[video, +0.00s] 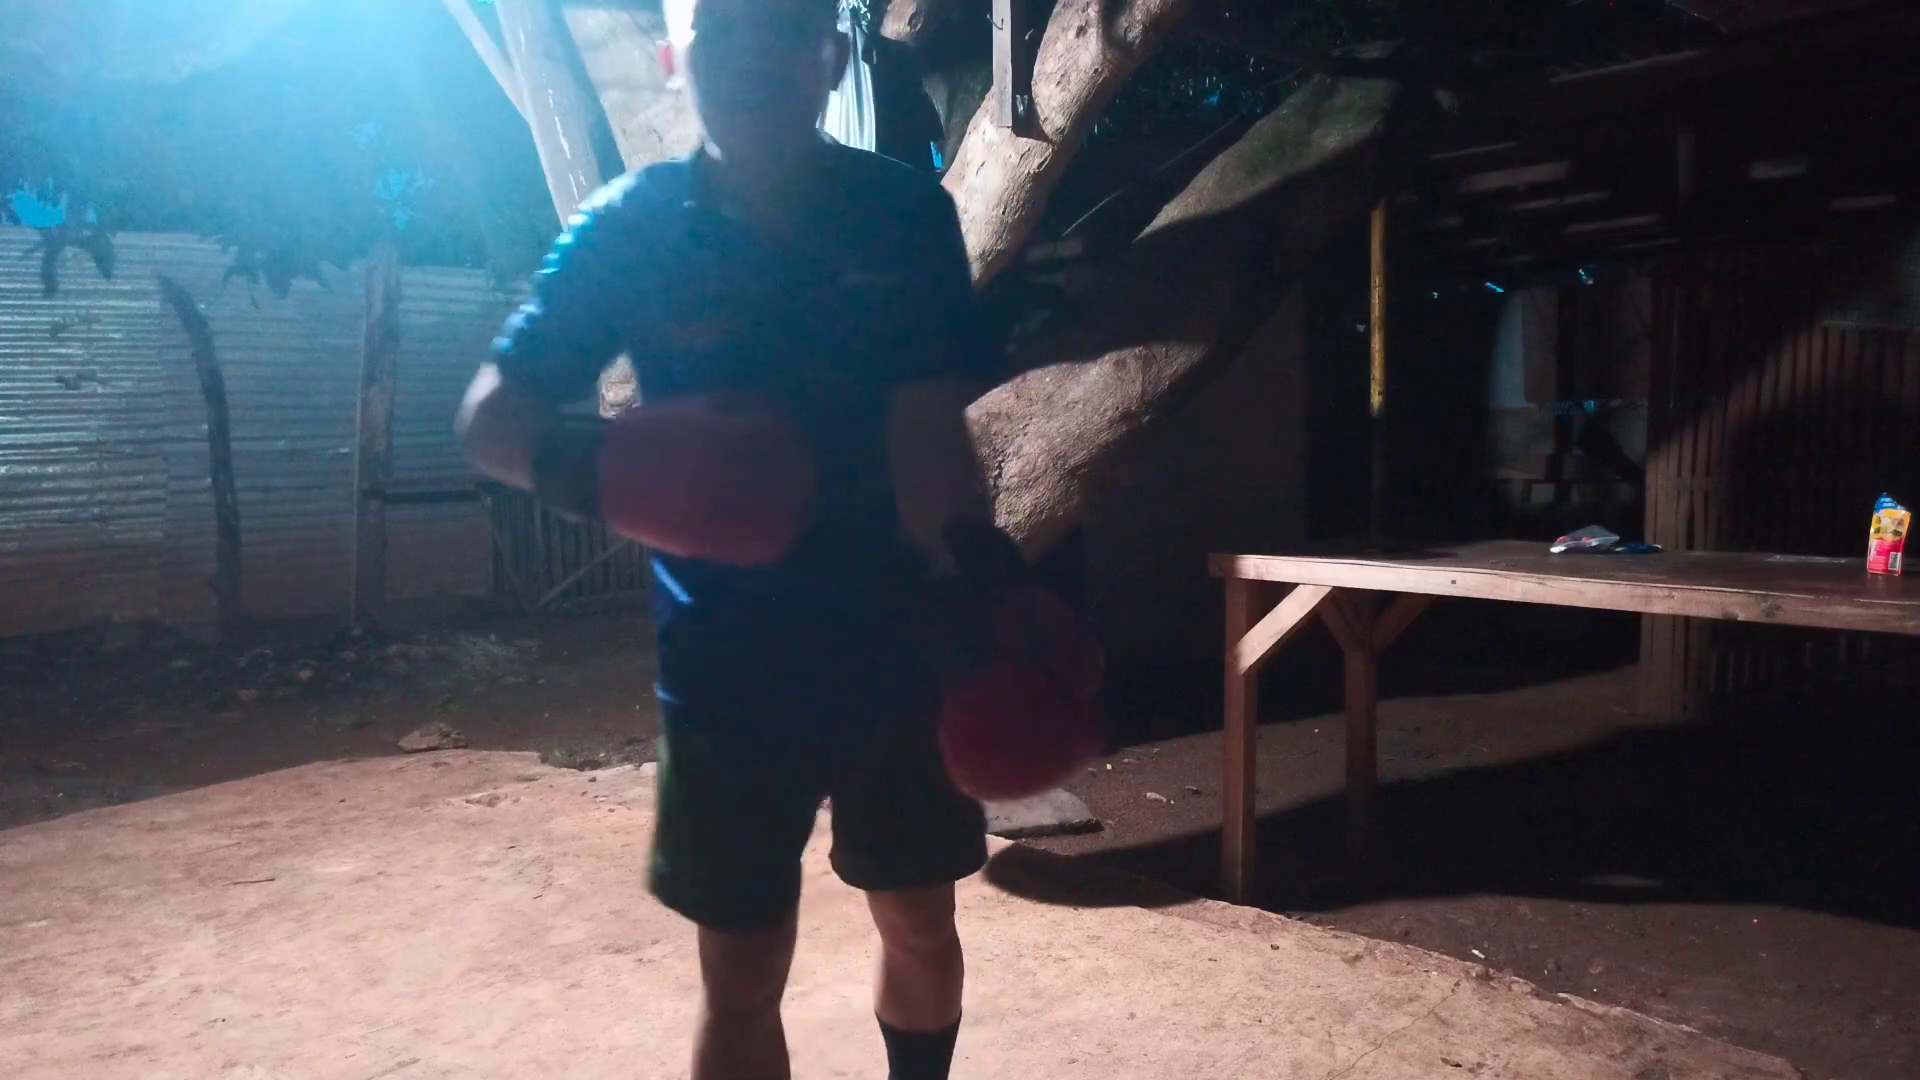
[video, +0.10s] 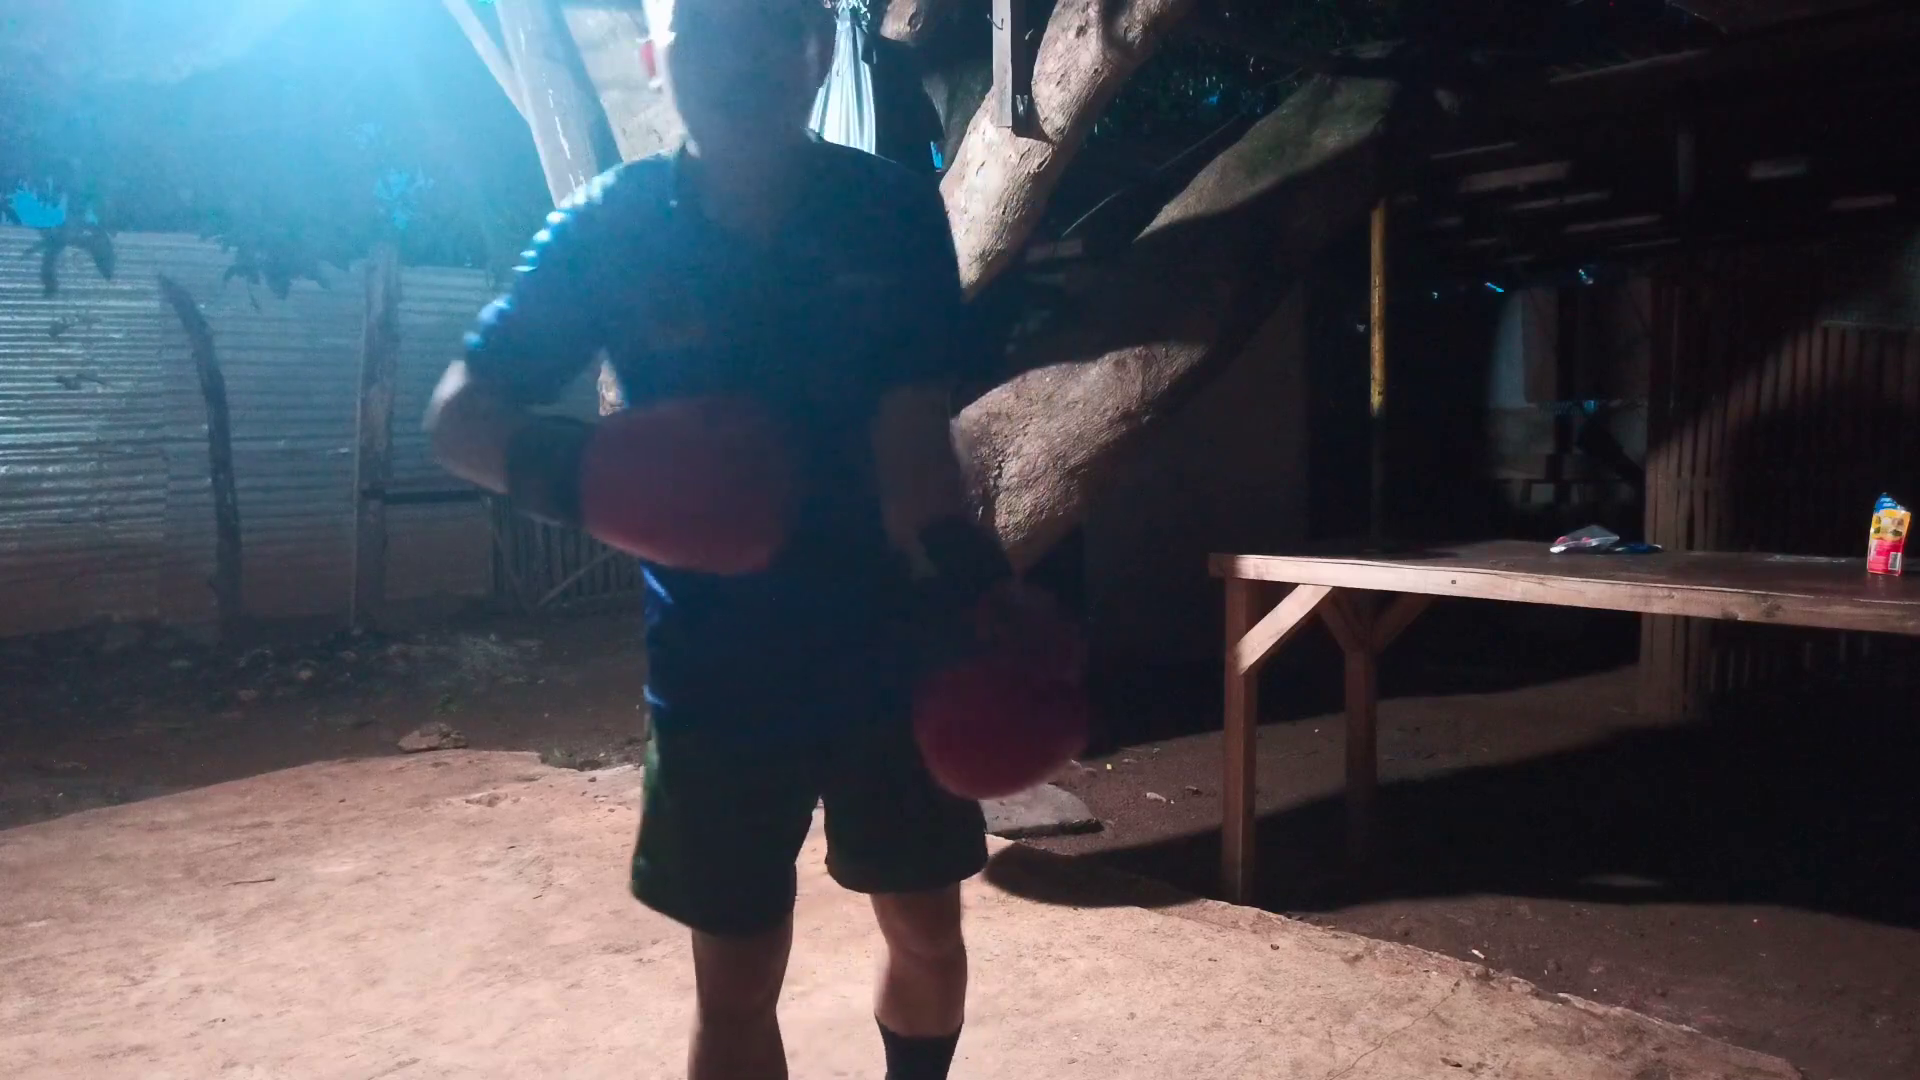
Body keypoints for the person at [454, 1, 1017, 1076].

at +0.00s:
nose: (758, 61)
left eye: (789, 34)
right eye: (727, 35)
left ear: (836, 60)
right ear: (681, 62)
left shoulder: (898, 205)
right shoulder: (630, 225)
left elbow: (928, 428)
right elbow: (493, 415)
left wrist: (996, 587)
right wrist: (621, 470)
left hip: (896, 623)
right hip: (729, 642)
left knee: (921, 926)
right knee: (741, 976)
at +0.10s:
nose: (737, 61)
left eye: (769, 31)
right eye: (706, 33)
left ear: (815, 55)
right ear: (660, 61)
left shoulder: (891, 207)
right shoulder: (613, 221)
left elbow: (915, 444)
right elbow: (459, 416)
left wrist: (984, 588)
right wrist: (593, 474)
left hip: (891, 635)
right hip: (721, 654)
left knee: (929, 943)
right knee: (736, 976)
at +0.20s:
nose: (734, 56)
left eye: (768, 26)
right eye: (701, 28)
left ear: (817, 55)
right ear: (648, 59)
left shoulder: (884, 210)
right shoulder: (599, 224)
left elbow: (914, 459)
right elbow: (438, 416)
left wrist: (958, 605)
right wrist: (576, 471)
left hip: (887, 642)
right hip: (716, 663)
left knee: (945, 944)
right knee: (734, 981)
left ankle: (916, 1069)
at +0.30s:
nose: (729, 52)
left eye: (762, 24)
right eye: (696, 25)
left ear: (815, 53)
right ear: (647, 55)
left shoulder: (882, 203)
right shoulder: (597, 219)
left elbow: (913, 446)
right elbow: (435, 416)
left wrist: (953, 615)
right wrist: (581, 472)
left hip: (893, 643)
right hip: (719, 665)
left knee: (963, 943)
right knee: (737, 985)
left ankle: (925, 1074)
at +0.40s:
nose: (739, 54)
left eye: (771, 26)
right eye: (706, 26)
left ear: (822, 48)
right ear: (656, 50)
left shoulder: (890, 200)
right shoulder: (605, 215)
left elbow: (926, 435)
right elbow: (448, 420)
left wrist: (956, 609)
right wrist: (603, 475)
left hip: (899, 638)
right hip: (724, 662)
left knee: (965, 955)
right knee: (742, 988)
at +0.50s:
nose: (757, 52)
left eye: (789, 24)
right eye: (727, 23)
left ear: (839, 43)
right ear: (678, 45)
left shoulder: (906, 198)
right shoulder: (625, 210)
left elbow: (949, 438)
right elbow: (475, 419)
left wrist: (976, 628)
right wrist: (629, 478)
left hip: (910, 646)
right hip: (736, 664)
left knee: (957, 976)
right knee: (750, 993)